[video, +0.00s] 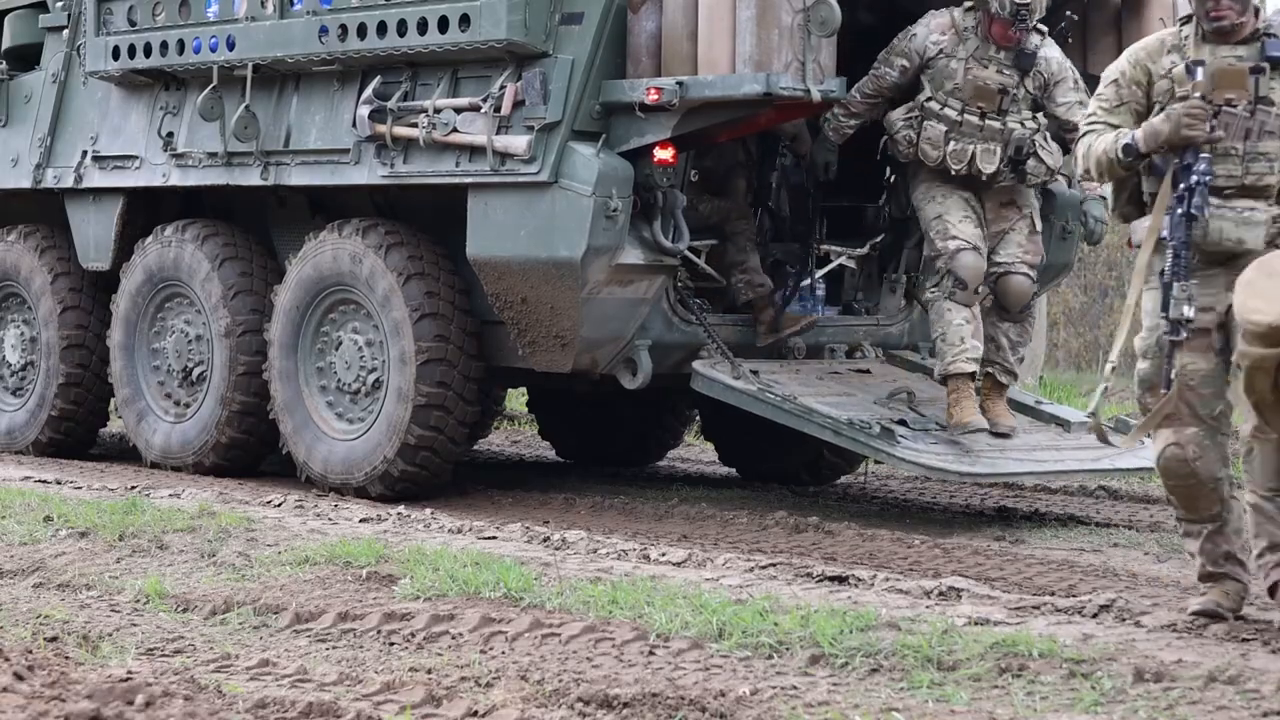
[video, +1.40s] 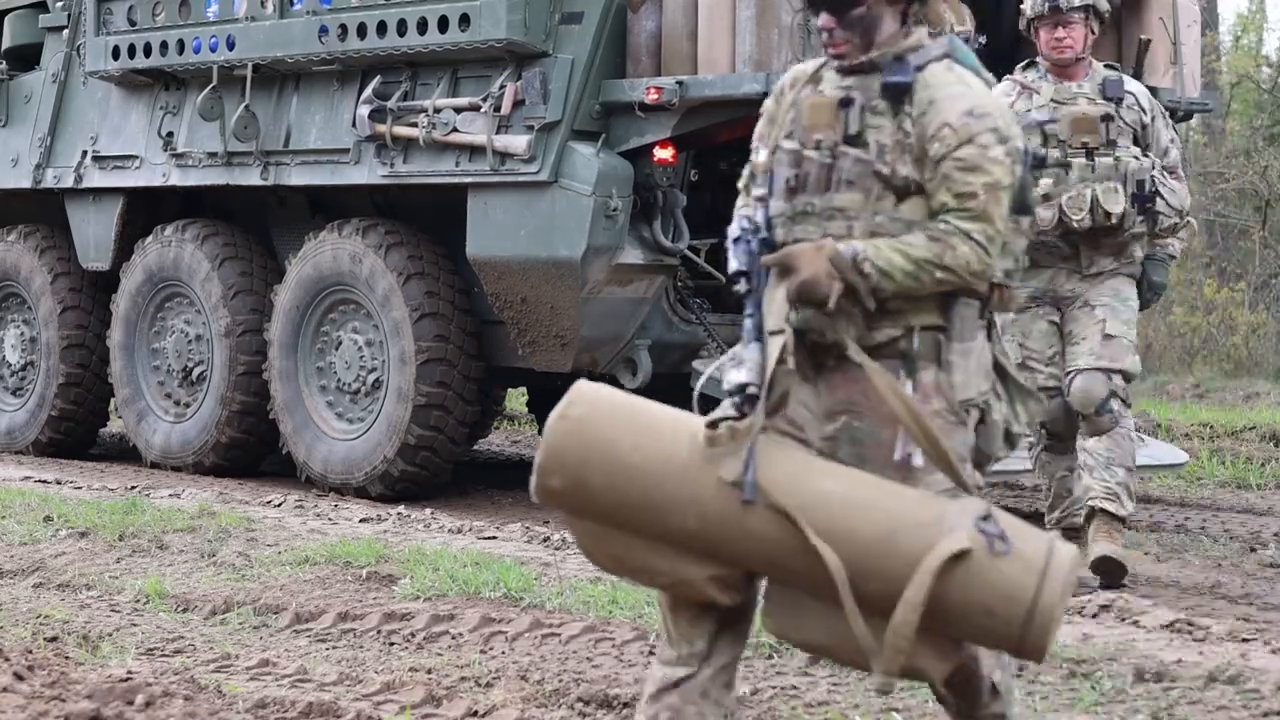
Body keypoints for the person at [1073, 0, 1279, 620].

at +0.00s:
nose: (1222, 6)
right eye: (1211, 0)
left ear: (1255, 4)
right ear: (1192, 3)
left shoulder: (1275, 51)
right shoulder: (1148, 58)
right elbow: (1089, 155)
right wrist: (1154, 133)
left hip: (1269, 265)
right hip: (1187, 266)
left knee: (1271, 428)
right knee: (1185, 448)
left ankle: (1269, 569)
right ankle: (1223, 579)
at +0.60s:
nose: (1175, 13)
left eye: (1190, 2)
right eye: (1163, 3)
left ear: (1217, 9)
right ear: (1144, 9)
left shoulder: (1254, 79)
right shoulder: (1103, 77)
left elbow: (1277, 208)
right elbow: (1058, 195)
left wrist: (1232, 280)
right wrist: (1095, 130)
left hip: (1230, 296)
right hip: (1131, 295)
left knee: (1236, 477)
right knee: (1108, 460)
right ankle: (1136, 665)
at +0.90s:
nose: (1092, 9)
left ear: (1141, 5)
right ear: (1063, 6)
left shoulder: (1189, 100)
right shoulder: (1008, 76)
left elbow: (1214, 229)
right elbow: (966, 202)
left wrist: (1129, 287)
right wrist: (1027, 163)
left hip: (1131, 332)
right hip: (1031, 327)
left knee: (1114, 501)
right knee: (1041, 503)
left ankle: (1112, 679)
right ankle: (1107, 673)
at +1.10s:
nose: (1030, 28)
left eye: (1049, 14)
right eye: (1017, 14)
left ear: (1085, 16)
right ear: (1001, 18)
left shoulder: (1126, 119)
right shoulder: (954, 87)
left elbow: (1146, 255)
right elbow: (880, 202)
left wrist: (1041, 292)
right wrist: (929, 174)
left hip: (1057, 371)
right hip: (944, 363)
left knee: (1041, 546)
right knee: (964, 542)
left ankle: (1065, 703)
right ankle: (1019, 700)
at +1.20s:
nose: (979, 40)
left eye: (996, 22)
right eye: (964, 26)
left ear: (1037, 20)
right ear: (950, 29)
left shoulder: (1087, 133)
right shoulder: (912, 101)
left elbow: (1095, 266)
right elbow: (844, 200)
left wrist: (984, 285)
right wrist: (871, 215)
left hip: (1013, 388)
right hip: (901, 379)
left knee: (1003, 573)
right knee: (932, 568)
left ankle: (1011, 706)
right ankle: (1002, 701)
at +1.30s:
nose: (908, 35)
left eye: (926, 19)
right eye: (896, 21)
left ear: (976, 12)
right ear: (885, 23)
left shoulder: (1029, 121)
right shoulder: (861, 95)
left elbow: (1048, 260)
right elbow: (809, 190)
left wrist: (914, 279)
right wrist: (819, 246)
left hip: (966, 395)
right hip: (844, 381)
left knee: (959, 611)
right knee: (782, 562)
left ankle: (985, 706)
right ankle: (832, 703)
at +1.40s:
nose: (830, 26)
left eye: (848, 11)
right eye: (818, 12)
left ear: (898, 5)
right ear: (808, 13)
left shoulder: (959, 98)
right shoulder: (792, 90)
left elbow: (975, 248)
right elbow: (753, 206)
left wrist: (849, 264)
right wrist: (749, 244)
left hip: (908, 379)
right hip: (788, 368)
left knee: (914, 573)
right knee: (711, 550)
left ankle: (978, 702)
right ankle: (680, 710)